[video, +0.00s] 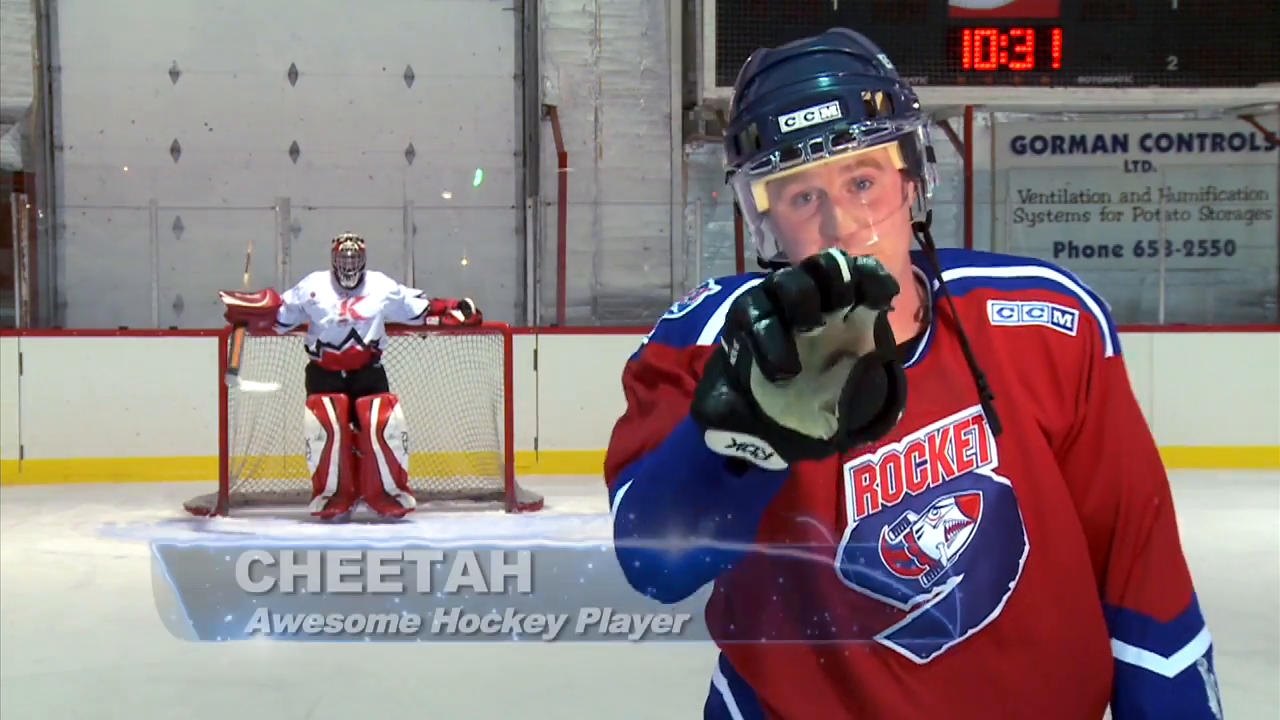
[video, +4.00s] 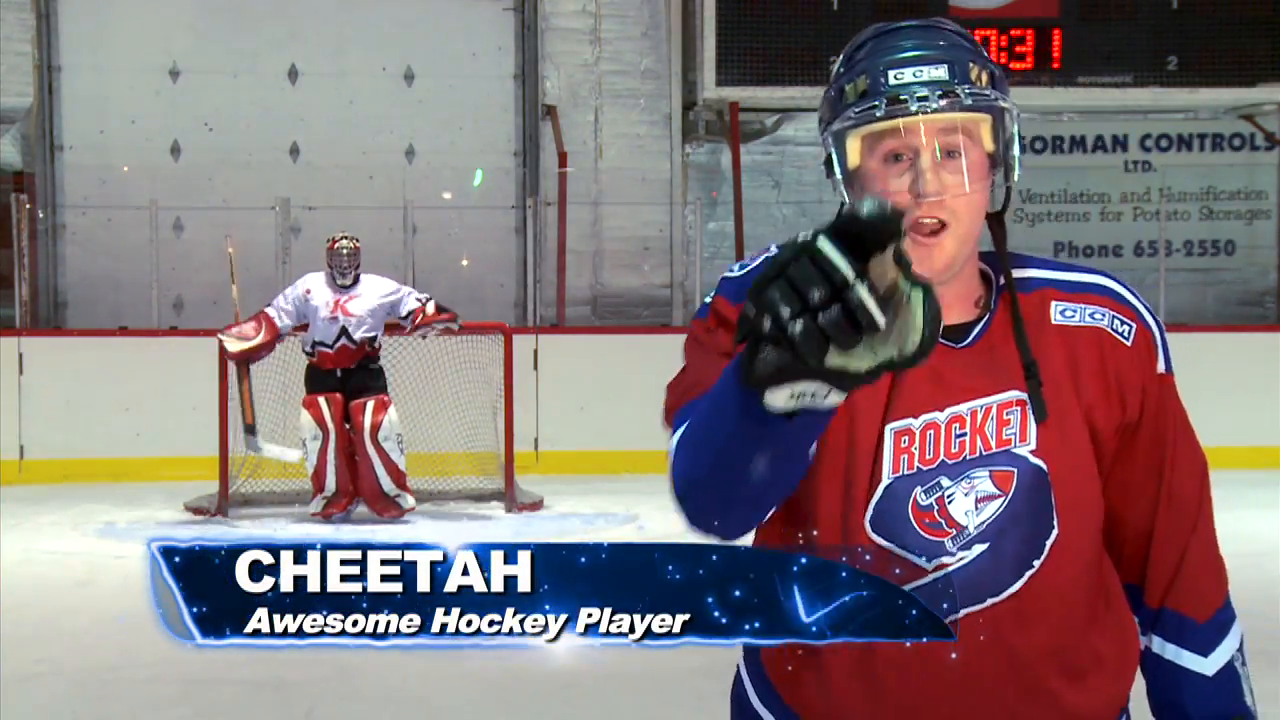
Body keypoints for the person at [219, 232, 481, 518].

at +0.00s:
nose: (350, 263)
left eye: (355, 258)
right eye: (344, 258)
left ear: (363, 259)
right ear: (334, 259)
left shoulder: (381, 287)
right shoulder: (313, 286)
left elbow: (419, 307)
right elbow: (280, 314)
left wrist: (452, 308)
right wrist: (247, 310)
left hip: (367, 372)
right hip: (325, 374)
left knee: (381, 430)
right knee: (330, 432)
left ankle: (385, 498)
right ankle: (334, 500)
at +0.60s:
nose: (339, 267)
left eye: (344, 261)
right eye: (333, 261)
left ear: (353, 261)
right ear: (323, 262)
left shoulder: (373, 286)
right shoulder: (306, 287)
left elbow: (403, 312)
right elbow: (276, 309)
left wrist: (426, 329)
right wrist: (242, 311)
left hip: (365, 373)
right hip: (323, 375)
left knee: (374, 433)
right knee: (326, 435)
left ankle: (387, 500)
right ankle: (334, 500)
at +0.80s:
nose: (335, 263)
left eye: (340, 257)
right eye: (329, 258)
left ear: (349, 259)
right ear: (319, 260)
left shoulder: (369, 286)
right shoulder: (303, 287)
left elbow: (400, 321)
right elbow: (271, 308)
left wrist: (397, 347)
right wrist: (234, 309)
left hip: (363, 371)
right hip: (322, 374)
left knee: (372, 431)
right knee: (327, 433)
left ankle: (390, 499)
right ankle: (334, 499)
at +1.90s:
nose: (338, 263)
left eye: (343, 257)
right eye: (332, 258)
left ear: (351, 259)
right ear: (322, 260)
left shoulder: (372, 289)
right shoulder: (307, 289)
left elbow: (392, 329)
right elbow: (281, 310)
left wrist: (362, 342)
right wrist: (248, 311)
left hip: (363, 374)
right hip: (322, 375)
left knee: (368, 432)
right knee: (322, 433)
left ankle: (391, 498)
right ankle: (332, 499)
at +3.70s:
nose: (343, 263)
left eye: (348, 257)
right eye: (337, 257)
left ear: (357, 259)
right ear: (328, 259)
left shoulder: (375, 290)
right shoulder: (310, 286)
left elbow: (406, 319)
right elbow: (278, 305)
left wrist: (397, 351)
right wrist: (240, 312)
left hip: (362, 373)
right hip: (321, 375)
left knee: (367, 431)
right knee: (325, 434)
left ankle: (390, 500)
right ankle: (333, 498)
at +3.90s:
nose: (344, 262)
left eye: (349, 257)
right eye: (338, 256)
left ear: (358, 259)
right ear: (328, 259)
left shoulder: (378, 289)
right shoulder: (310, 286)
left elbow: (412, 306)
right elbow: (274, 309)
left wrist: (422, 320)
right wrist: (241, 322)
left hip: (364, 373)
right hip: (322, 374)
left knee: (374, 433)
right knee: (324, 436)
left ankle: (390, 501)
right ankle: (332, 500)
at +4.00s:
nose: (344, 264)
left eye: (350, 258)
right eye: (338, 259)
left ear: (358, 260)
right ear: (328, 261)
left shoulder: (378, 288)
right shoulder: (309, 288)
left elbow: (416, 303)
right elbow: (276, 315)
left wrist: (432, 315)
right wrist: (246, 332)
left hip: (365, 374)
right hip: (322, 375)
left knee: (372, 433)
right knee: (327, 435)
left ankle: (387, 500)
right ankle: (334, 499)